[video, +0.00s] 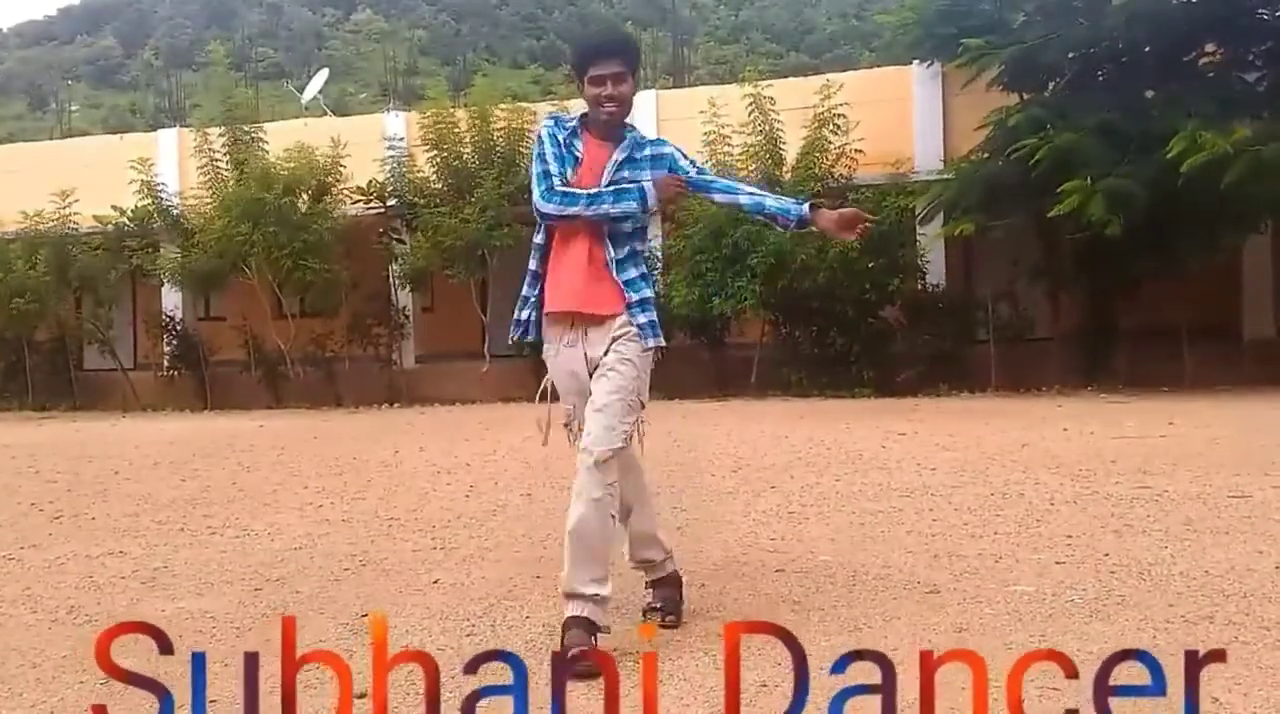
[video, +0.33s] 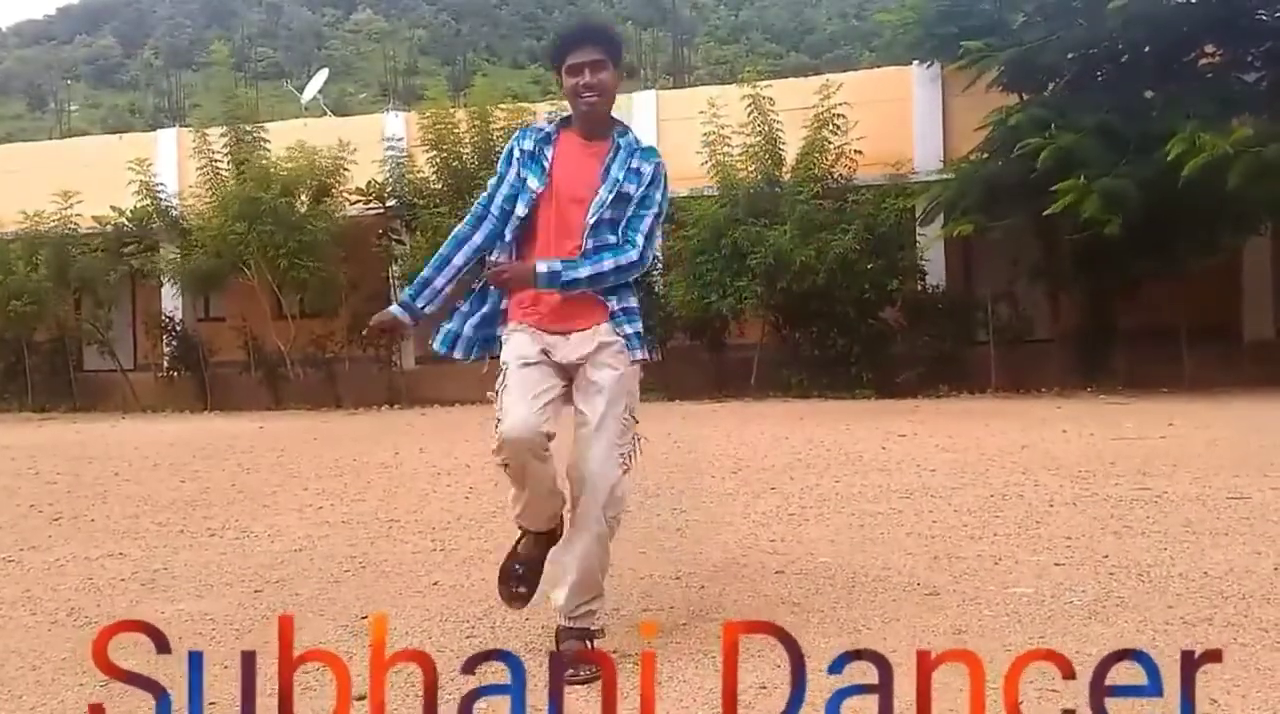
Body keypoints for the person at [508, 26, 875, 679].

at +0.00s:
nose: (610, 92)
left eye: (620, 81)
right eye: (598, 83)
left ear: (636, 85)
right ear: (579, 88)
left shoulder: (653, 152)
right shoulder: (554, 136)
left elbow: (725, 189)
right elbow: (549, 203)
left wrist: (811, 215)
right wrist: (640, 197)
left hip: (626, 323)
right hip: (561, 326)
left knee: (598, 451)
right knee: (607, 454)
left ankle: (581, 613)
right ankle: (660, 570)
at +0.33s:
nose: (588, 81)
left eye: (598, 68)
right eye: (575, 71)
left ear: (619, 75)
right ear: (560, 82)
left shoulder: (642, 161)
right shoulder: (529, 146)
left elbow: (632, 255)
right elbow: (478, 230)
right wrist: (412, 305)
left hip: (606, 327)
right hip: (529, 326)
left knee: (599, 478)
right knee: (519, 435)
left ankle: (578, 627)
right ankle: (541, 525)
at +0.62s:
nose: (526, 55)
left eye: (539, 41)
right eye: (515, 45)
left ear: (569, 39)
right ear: (504, 50)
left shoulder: (598, 103)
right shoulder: (504, 122)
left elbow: (549, 199)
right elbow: (461, 195)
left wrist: (488, 178)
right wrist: (397, 249)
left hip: (591, 319)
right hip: (516, 318)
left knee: (565, 471)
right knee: (518, 458)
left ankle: (558, 606)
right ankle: (534, 622)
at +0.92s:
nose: (497, 90)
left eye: (510, 75)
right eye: (485, 78)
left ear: (540, 71)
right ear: (476, 81)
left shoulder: (578, 124)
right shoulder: (499, 164)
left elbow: (589, 238)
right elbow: (505, 273)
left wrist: (522, 332)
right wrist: (443, 343)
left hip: (620, 335)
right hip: (541, 343)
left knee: (646, 468)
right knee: (507, 479)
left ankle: (652, 579)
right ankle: (543, 643)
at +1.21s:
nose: (555, 49)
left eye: (567, 36)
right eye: (542, 36)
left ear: (587, 39)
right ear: (525, 43)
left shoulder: (624, 94)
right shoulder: (514, 121)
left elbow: (697, 163)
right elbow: (543, 222)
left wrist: (782, 218)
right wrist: (627, 183)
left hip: (654, 313)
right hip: (570, 321)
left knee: (725, 467)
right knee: (547, 478)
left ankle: (790, 609)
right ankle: (546, 644)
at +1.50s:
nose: (676, 51)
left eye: (686, 37)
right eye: (662, 42)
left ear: (706, 45)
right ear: (646, 55)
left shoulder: (733, 138)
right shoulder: (616, 119)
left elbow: (789, 212)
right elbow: (591, 209)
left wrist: (866, 228)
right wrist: (692, 226)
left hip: (716, 323)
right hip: (632, 325)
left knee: (769, 483)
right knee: (593, 488)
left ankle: (785, 627)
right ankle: (546, 643)